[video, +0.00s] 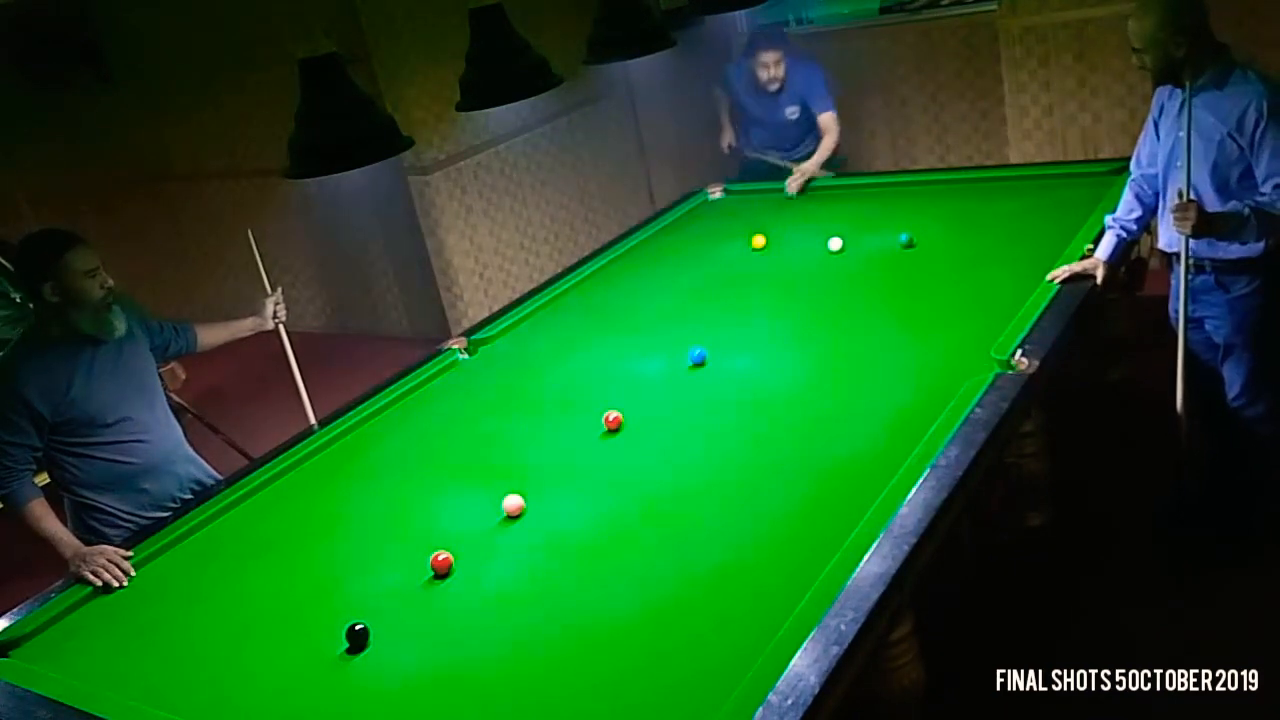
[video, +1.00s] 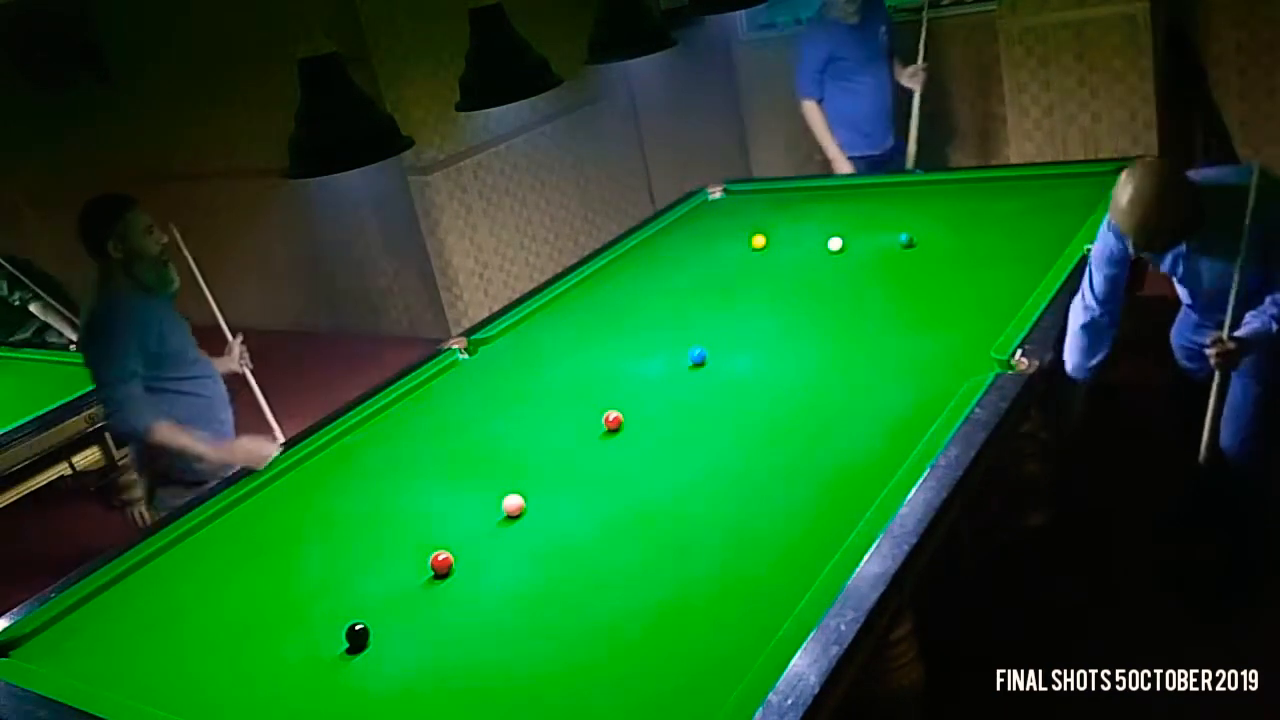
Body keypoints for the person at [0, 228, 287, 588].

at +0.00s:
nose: (108, 282)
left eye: (102, 270)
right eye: (91, 275)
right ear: (52, 292)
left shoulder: (123, 320)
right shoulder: (25, 371)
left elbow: (180, 338)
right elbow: (13, 477)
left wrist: (258, 321)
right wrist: (75, 552)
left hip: (204, 503)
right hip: (129, 543)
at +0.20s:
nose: (109, 279)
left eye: (103, 268)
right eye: (93, 274)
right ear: (54, 292)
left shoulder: (121, 319)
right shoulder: (25, 369)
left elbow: (177, 339)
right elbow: (15, 474)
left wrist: (255, 322)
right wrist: (74, 551)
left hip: (198, 498)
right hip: (127, 537)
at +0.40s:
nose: (113, 274)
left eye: (106, 263)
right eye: (95, 267)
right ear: (58, 286)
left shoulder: (126, 321)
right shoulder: (29, 366)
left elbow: (169, 347)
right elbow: (18, 472)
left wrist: (249, 334)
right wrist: (73, 550)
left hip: (201, 495)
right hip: (130, 533)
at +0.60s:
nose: (121, 264)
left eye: (114, 254)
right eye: (105, 259)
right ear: (69, 276)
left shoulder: (122, 313)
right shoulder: (42, 358)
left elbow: (157, 369)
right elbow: (28, 464)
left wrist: (239, 376)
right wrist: (80, 544)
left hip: (204, 487)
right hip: (143, 525)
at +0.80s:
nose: (140, 252)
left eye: (133, 242)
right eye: (124, 245)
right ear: (89, 264)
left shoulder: (128, 308)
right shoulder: (76, 336)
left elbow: (158, 378)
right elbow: (62, 442)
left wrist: (222, 385)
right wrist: (137, 506)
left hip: (208, 479)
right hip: (172, 502)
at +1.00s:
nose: (163, 239)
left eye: (156, 228)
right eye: (148, 232)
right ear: (117, 249)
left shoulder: (145, 298)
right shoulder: (114, 315)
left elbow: (168, 364)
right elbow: (127, 414)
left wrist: (222, 364)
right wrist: (222, 450)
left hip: (214, 474)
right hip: (185, 488)